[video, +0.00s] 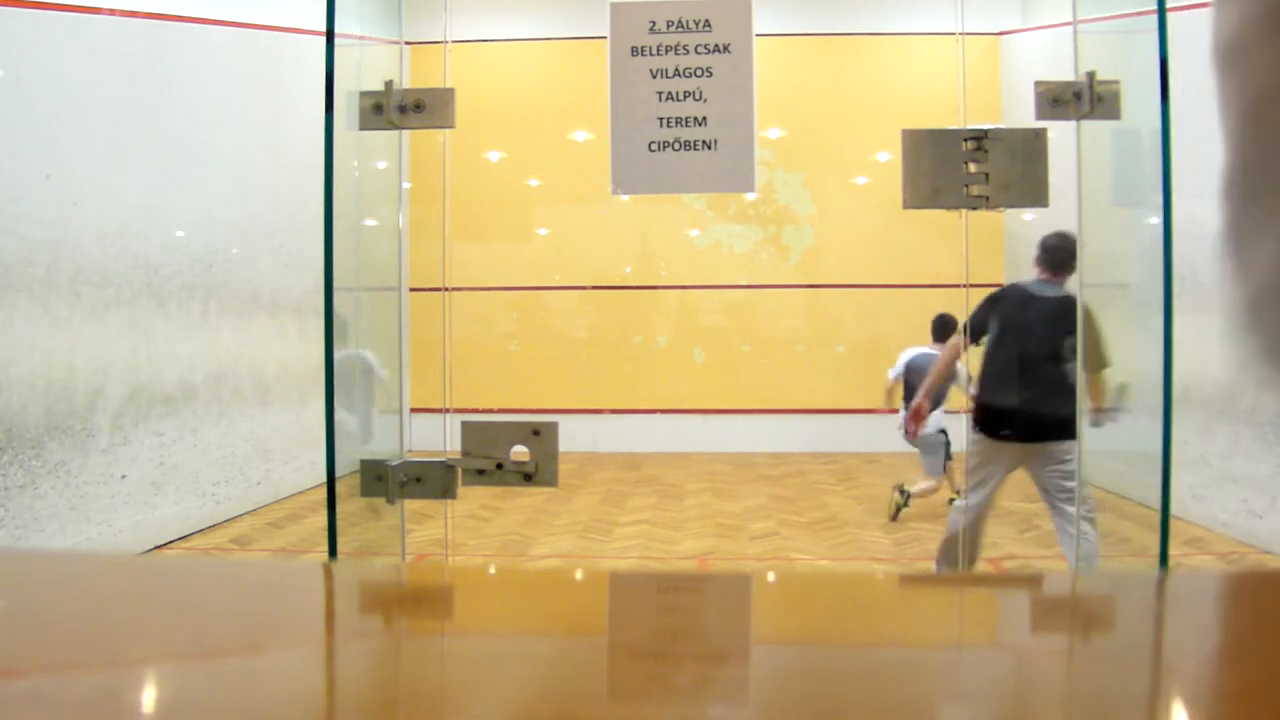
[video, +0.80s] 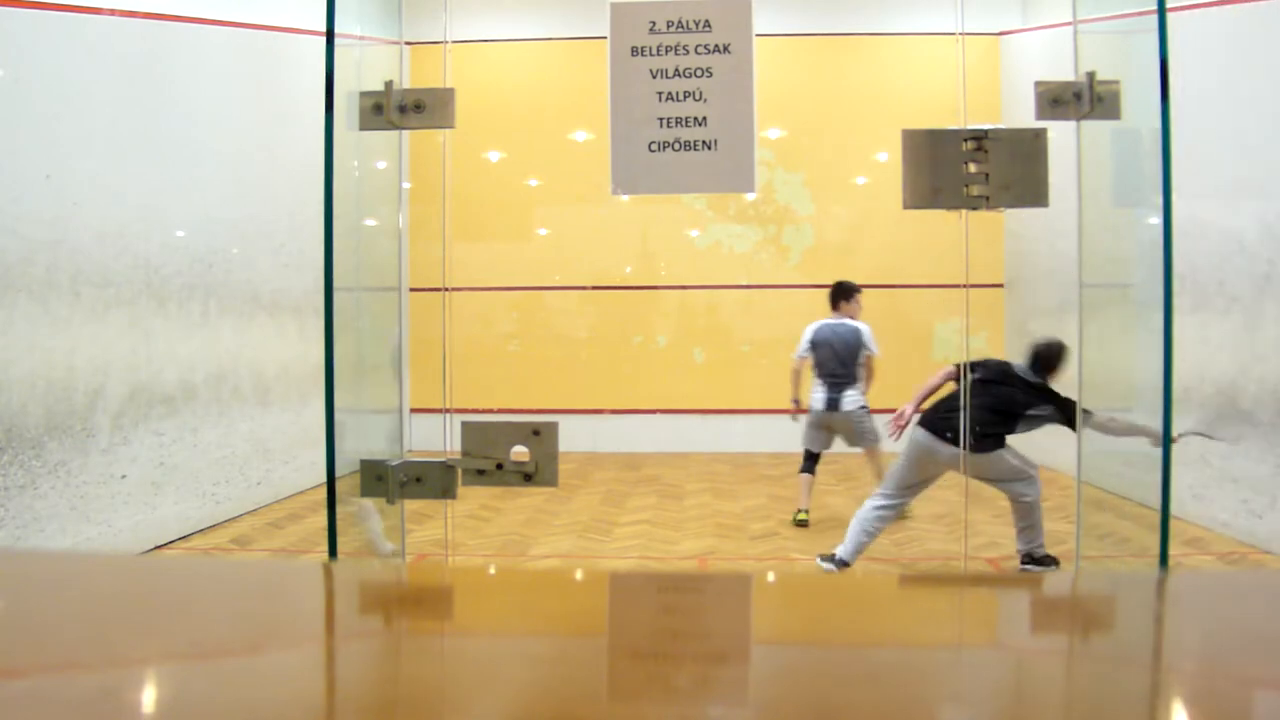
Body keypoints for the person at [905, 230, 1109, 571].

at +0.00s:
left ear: (1037, 261)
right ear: (1072, 269)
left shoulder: (1004, 298)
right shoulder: (1076, 310)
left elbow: (956, 345)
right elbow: (1093, 367)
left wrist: (923, 396)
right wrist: (1098, 406)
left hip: (995, 425)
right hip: (1052, 428)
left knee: (971, 504)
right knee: (1075, 513)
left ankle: (947, 585)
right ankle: (1088, 596)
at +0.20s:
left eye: (986, 268)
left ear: (985, 272)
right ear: (1018, 278)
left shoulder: (954, 307)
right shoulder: (1024, 320)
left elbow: (910, 355)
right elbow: (1039, 379)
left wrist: (885, 402)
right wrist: (1045, 417)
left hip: (949, 421)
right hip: (1002, 422)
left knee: (945, 497)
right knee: (1025, 501)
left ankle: (945, 570)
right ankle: (1046, 574)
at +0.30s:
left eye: (968, 264)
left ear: (969, 268)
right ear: (1002, 276)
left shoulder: (941, 301)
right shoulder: (1009, 313)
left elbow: (896, 346)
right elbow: (1025, 377)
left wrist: (880, 396)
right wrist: (1029, 421)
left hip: (935, 408)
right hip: (989, 410)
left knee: (924, 487)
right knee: (1011, 486)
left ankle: (932, 561)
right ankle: (1011, 555)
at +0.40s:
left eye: (955, 275)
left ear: (953, 279)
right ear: (985, 286)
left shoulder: (925, 310)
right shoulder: (992, 322)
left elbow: (889, 353)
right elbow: (1016, 382)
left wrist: (871, 402)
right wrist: (1032, 427)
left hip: (925, 410)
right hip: (977, 414)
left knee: (901, 476)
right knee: (997, 483)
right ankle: (1012, 557)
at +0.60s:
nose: (989, 328)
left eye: (982, 320)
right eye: (989, 323)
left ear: (957, 321)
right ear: (986, 327)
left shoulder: (927, 347)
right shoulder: (988, 363)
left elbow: (895, 379)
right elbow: (1033, 412)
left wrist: (883, 420)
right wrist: (1080, 444)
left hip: (911, 442)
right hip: (962, 447)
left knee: (872, 493)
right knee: (1002, 488)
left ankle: (839, 553)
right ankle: (1023, 551)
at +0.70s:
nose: (1006, 340)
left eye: (1000, 333)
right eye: (1017, 338)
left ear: (991, 334)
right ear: (1020, 344)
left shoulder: (960, 354)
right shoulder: (1021, 381)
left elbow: (923, 375)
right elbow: (1070, 416)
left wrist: (900, 414)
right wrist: (1121, 439)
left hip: (919, 442)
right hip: (969, 452)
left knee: (875, 494)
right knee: (1009, 486)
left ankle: (841, 552)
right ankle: (1029, 552)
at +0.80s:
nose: (1060, 370)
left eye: (1053, 360)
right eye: (1060, 366)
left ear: (1030, 356)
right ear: (1055, 369)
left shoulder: (995, 366)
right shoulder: (1050, 400)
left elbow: (946, 373)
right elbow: (1104, 424)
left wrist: (911, 406)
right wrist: (1150, 432)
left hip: (930, 435)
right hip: (976, 447)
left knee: (889, 496)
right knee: (1024, 482)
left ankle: (843, 555)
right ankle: (1032, 553)